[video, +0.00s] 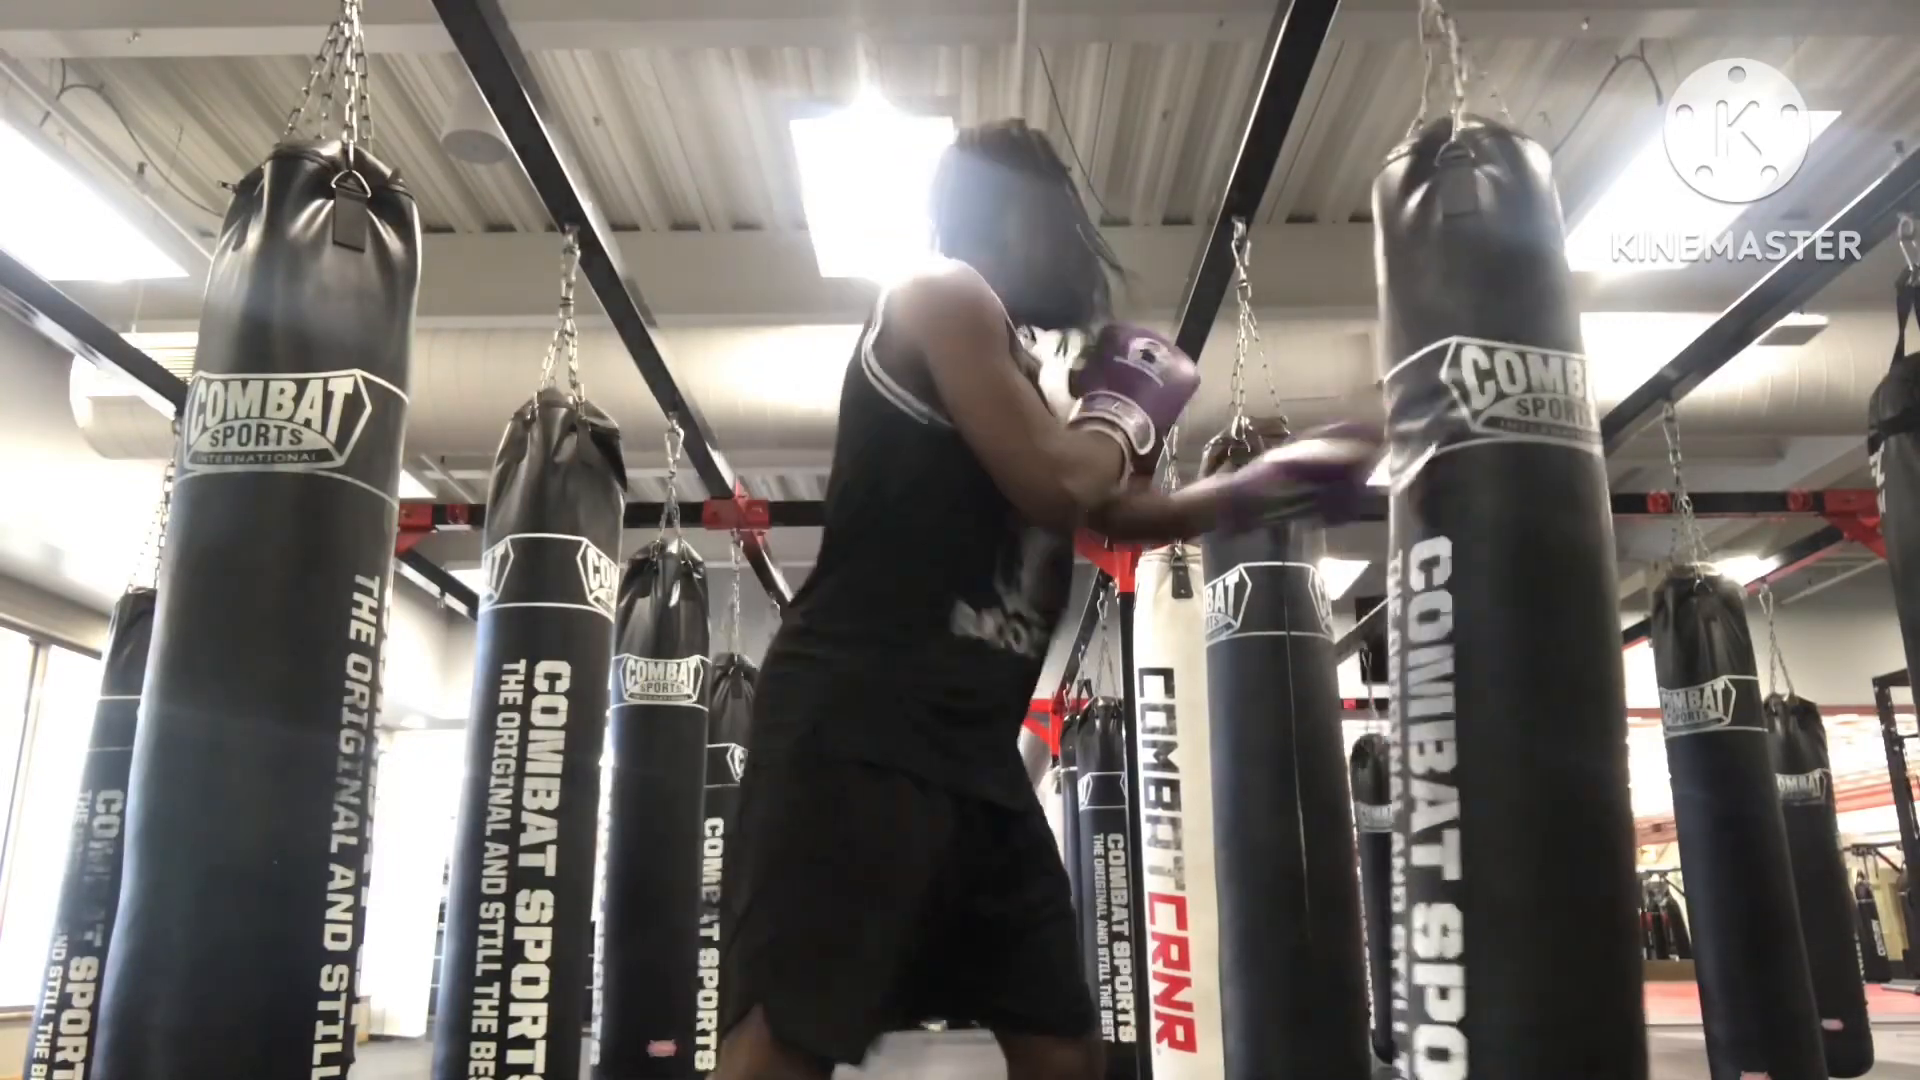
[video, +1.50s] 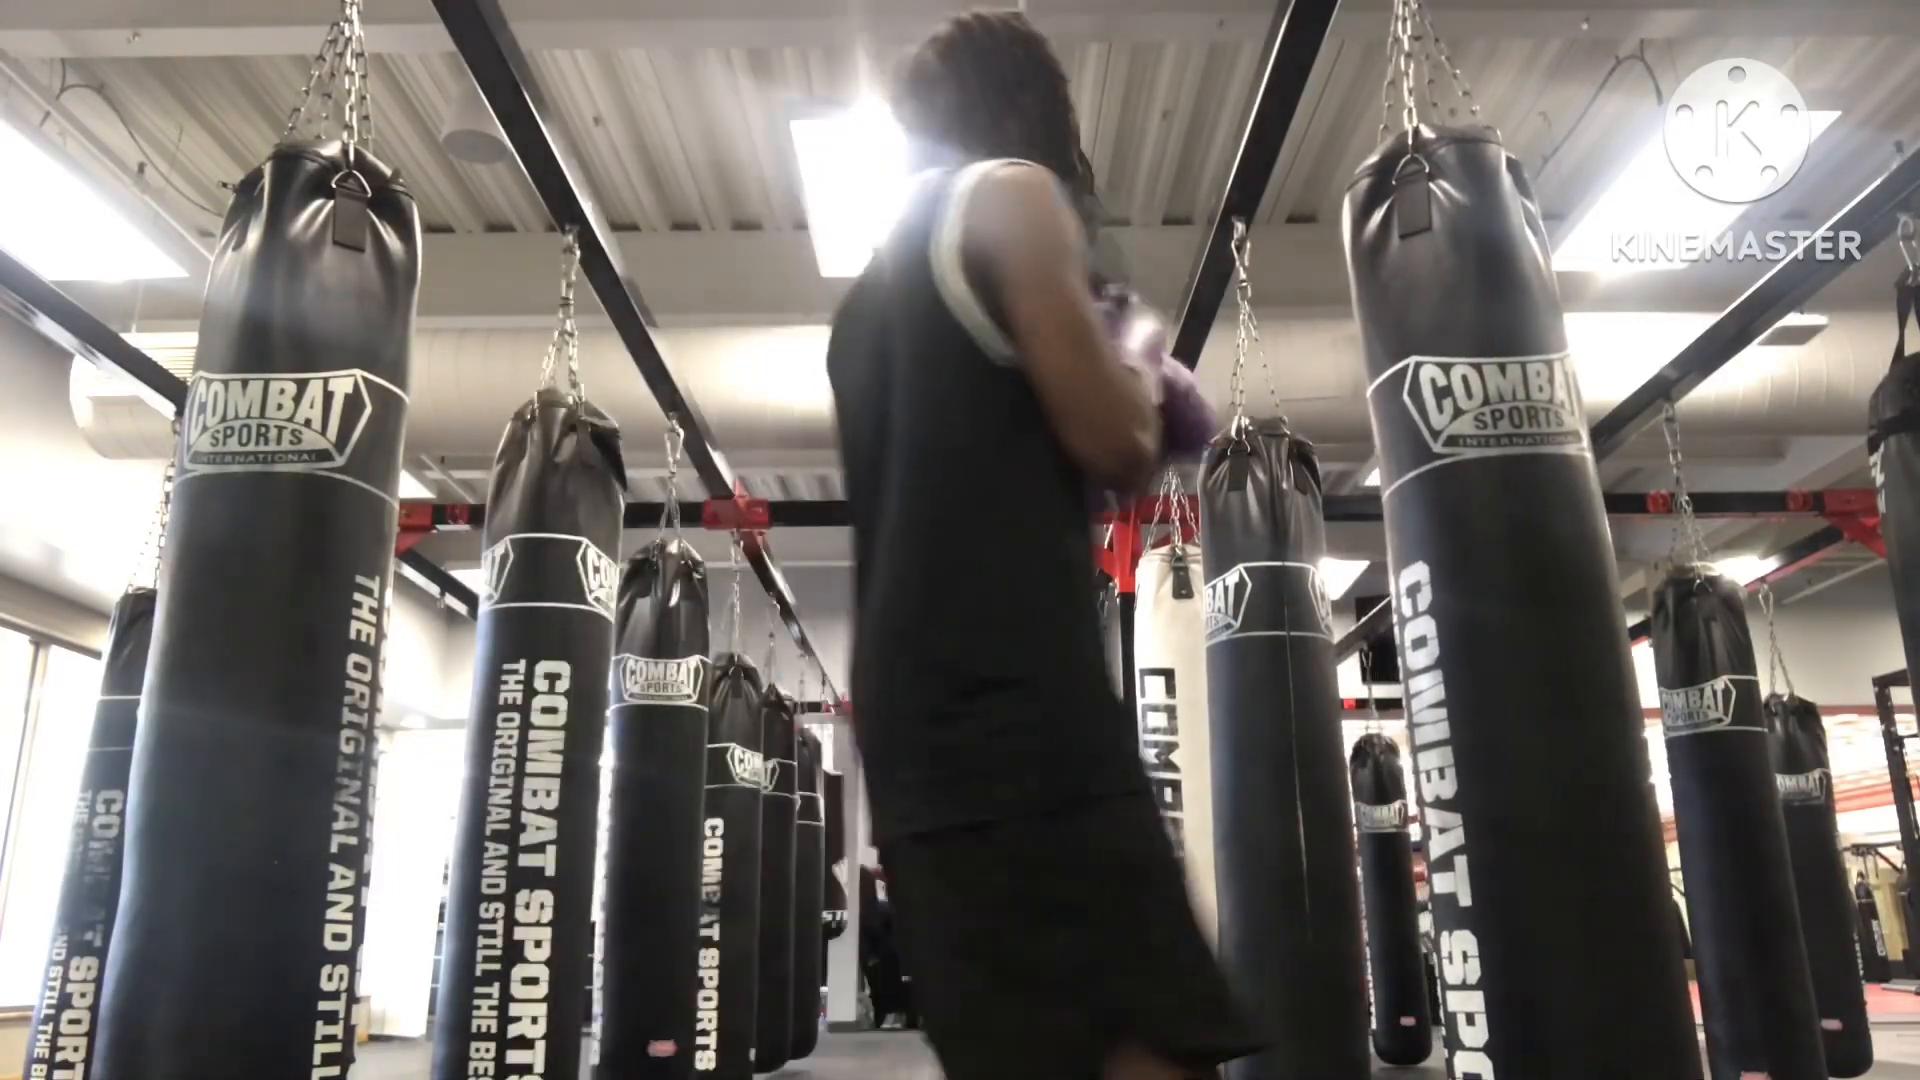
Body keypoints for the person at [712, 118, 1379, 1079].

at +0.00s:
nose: (1082, 231)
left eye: (1077, 208)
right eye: (1060, 204)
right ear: (1007, 209)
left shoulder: (1021, 369)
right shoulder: (943, 296)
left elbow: (1123, 512)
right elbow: (1054, 484)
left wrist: (1260, 483)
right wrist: (1123, 406)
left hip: (969, 743)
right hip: (853, 725)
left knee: (1058, 1047)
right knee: (780, 1043)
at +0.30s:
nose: (975, 255)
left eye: (973, 231)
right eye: (962, 228)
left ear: (867, 218)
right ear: (919, 219)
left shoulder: (827, 313)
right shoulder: (851, 300)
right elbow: (941, 515)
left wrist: (984, 428)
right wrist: (1016, 431)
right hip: (795, 755)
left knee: (1003, 1039)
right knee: (755, 1045)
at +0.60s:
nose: (825, 195)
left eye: (821, 168)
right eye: (806, 165)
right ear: (745, 170)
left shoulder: (741, 340)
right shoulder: (641, 255)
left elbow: (737, 560)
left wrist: (867, 483)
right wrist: (829, 397)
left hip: (725, 720)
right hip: (624, 721)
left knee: (759, 1030)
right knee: (668, 1043)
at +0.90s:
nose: (818, 178)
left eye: (826, 155)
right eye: (788, 149)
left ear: (832, 187)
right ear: (705, 176)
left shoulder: (806, 384)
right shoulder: (593, 315)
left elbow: (815, 613)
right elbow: (533, 508)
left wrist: (919, 509)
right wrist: (721, 452)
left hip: (720, 775)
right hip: (585, 761)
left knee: (591, 1053)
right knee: (643, 1053)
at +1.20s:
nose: (950, 137)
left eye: (950, 117)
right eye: (944, 110)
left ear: (815, 81)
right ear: (915, 85)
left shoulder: (781, 217)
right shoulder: (858, 141)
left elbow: (852, 469)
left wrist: (999, 362)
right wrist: (1056, 355)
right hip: (788, 689)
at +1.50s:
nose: (1070, 131)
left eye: (1062, 112)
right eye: (1061, 106)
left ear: (919, 119)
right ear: (1035, 101)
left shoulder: (874, 278)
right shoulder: (1008, 195)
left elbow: (968, 480)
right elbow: (1121, 444)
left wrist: (1126, 401)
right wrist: (1133, 347)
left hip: (919, 732)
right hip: (1025, 723)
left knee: (1006, 1043)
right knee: (1160, 1031)